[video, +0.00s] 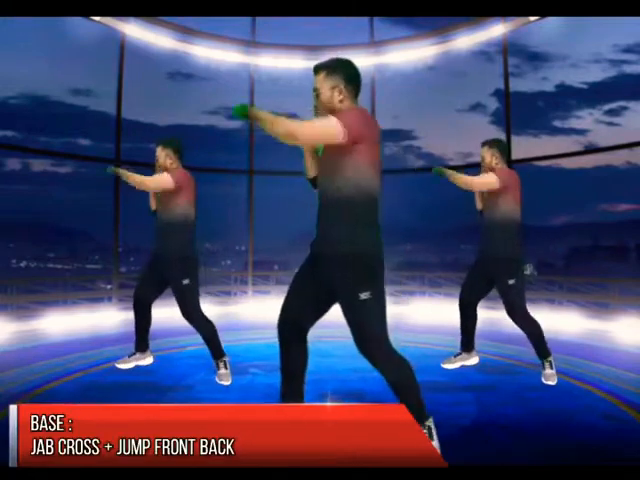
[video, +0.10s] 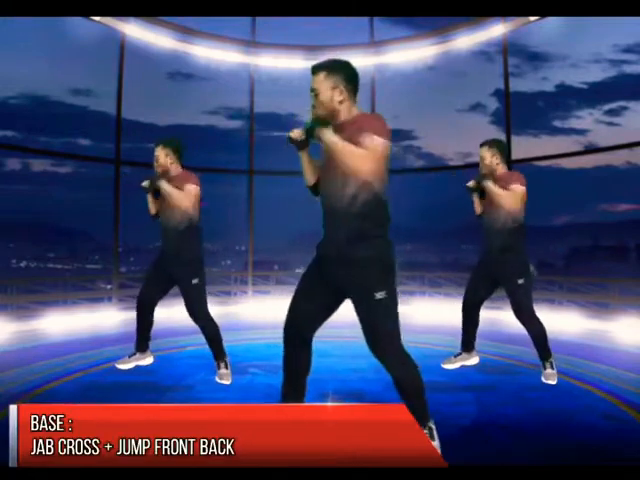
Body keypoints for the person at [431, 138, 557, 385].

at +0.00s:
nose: (482, 161)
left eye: (485, 157)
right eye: (482, 157)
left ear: (496, 156)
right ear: (494, 157)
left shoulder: (507, 175)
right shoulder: (493, 179)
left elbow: (471, 183)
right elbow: (482, 208)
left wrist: (447, 173)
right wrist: (480, 182)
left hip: (508, 257)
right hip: (490, 256)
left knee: (517, 312)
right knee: (467, 298)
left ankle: (546, 360)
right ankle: (467, 352)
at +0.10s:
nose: (482, 163)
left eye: (485, 159)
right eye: (480, 159)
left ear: (498, 158)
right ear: (483, 162)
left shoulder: (515, 179)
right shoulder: (487, 184)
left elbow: (512, 205)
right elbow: (480, 211)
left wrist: (487, 183)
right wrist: (474, 191)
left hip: (514, 258)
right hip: (491, 258)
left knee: (524, 312)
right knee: (470, 302)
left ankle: (547, 363)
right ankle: (467, 352)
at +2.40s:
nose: (490, 167)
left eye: (493, 161)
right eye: (487, 162)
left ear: (507, 159)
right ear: (489, 164)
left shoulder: (530, 181)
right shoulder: (493, 191)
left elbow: (538, 210)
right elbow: (478, 215)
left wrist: (512, 183)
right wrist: (471, 192)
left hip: (525, 261)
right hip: (498, 260)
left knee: (535, 316)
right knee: (475, 305)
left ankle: (548, 365)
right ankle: (462, 354)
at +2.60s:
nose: (488, 170)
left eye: (492, 164)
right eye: (486, 165)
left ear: (506, 162)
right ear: (485, 166)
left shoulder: (527, 184)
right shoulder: (492, 191)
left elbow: (536, 215)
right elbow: (475, 218)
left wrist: (510, 188)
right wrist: (466, 197)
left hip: (525, 264)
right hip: (497, 261)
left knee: (533, 316)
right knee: (468, 303)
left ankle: (547, 364)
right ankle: (460, 353)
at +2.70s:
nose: (479, 160)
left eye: (483, 154)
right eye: (478, 155)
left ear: (499, 154)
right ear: (483, 158)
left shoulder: (521, 177)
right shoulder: (483, 187)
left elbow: (528, 207)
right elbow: (470, 212)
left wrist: (502, 178)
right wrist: (462, 191)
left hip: (518, 259)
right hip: (490, 257)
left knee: (531, 313)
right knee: (460, 295)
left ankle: (547, 364)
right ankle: (452, 345)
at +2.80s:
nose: (470, 154)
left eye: (474, 149)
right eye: (469, 149)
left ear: (489, 150)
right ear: (474, 152)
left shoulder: (512, 174)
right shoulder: (474, 183)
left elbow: (518, 201)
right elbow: (460, 207)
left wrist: (492, 172)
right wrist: (454, 185)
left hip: (510, 252)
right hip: (479, 251)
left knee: (527, 307)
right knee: (453, 298)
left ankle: (540, 357)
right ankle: (444, 342)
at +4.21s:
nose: (475, 161)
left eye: (477, 156)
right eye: (475, 156)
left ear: (489, 156)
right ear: (490, 156)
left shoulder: (498, 176)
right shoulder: (495, 178)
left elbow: (465, 187)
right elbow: (482, 202)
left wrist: (445, 177)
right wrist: (461, 185)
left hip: (501, 258)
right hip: (489, 257)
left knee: (513, 315)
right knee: (463, 302)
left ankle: (553, 364)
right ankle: (466, 357)